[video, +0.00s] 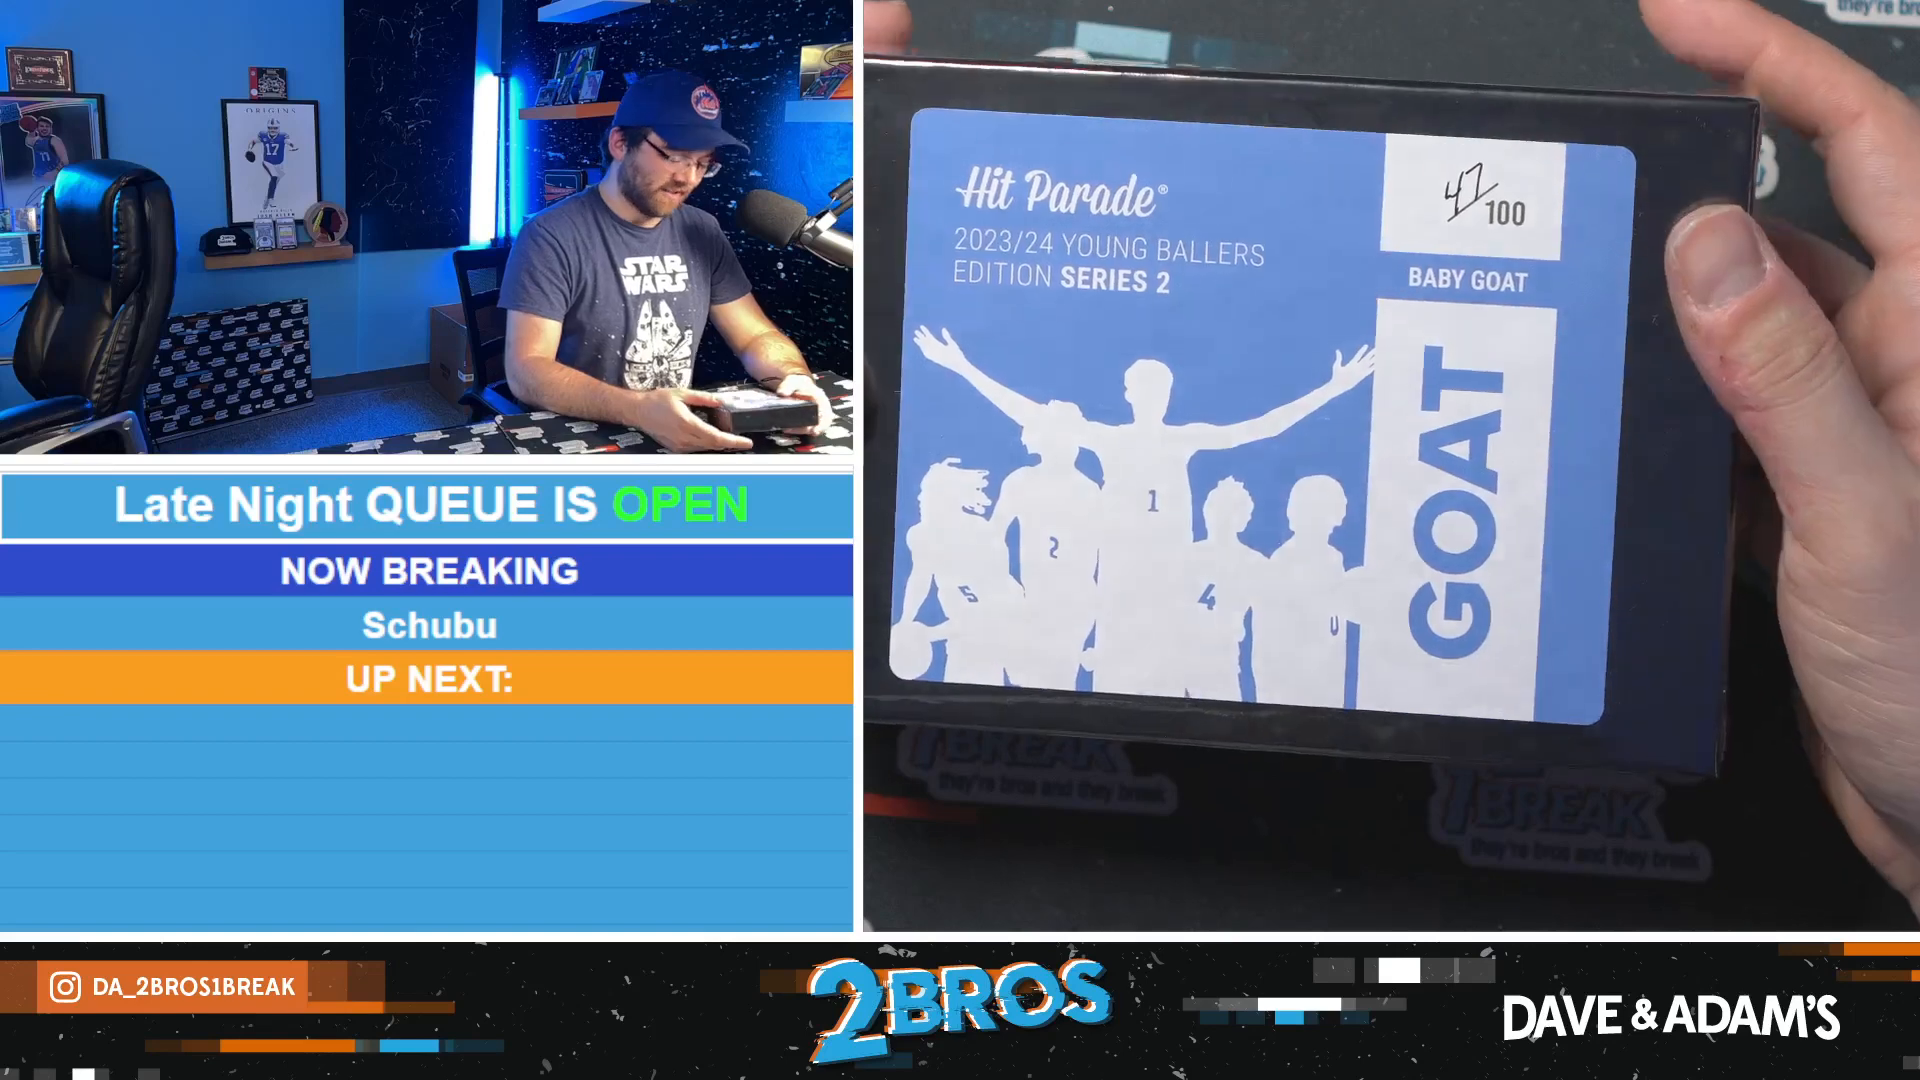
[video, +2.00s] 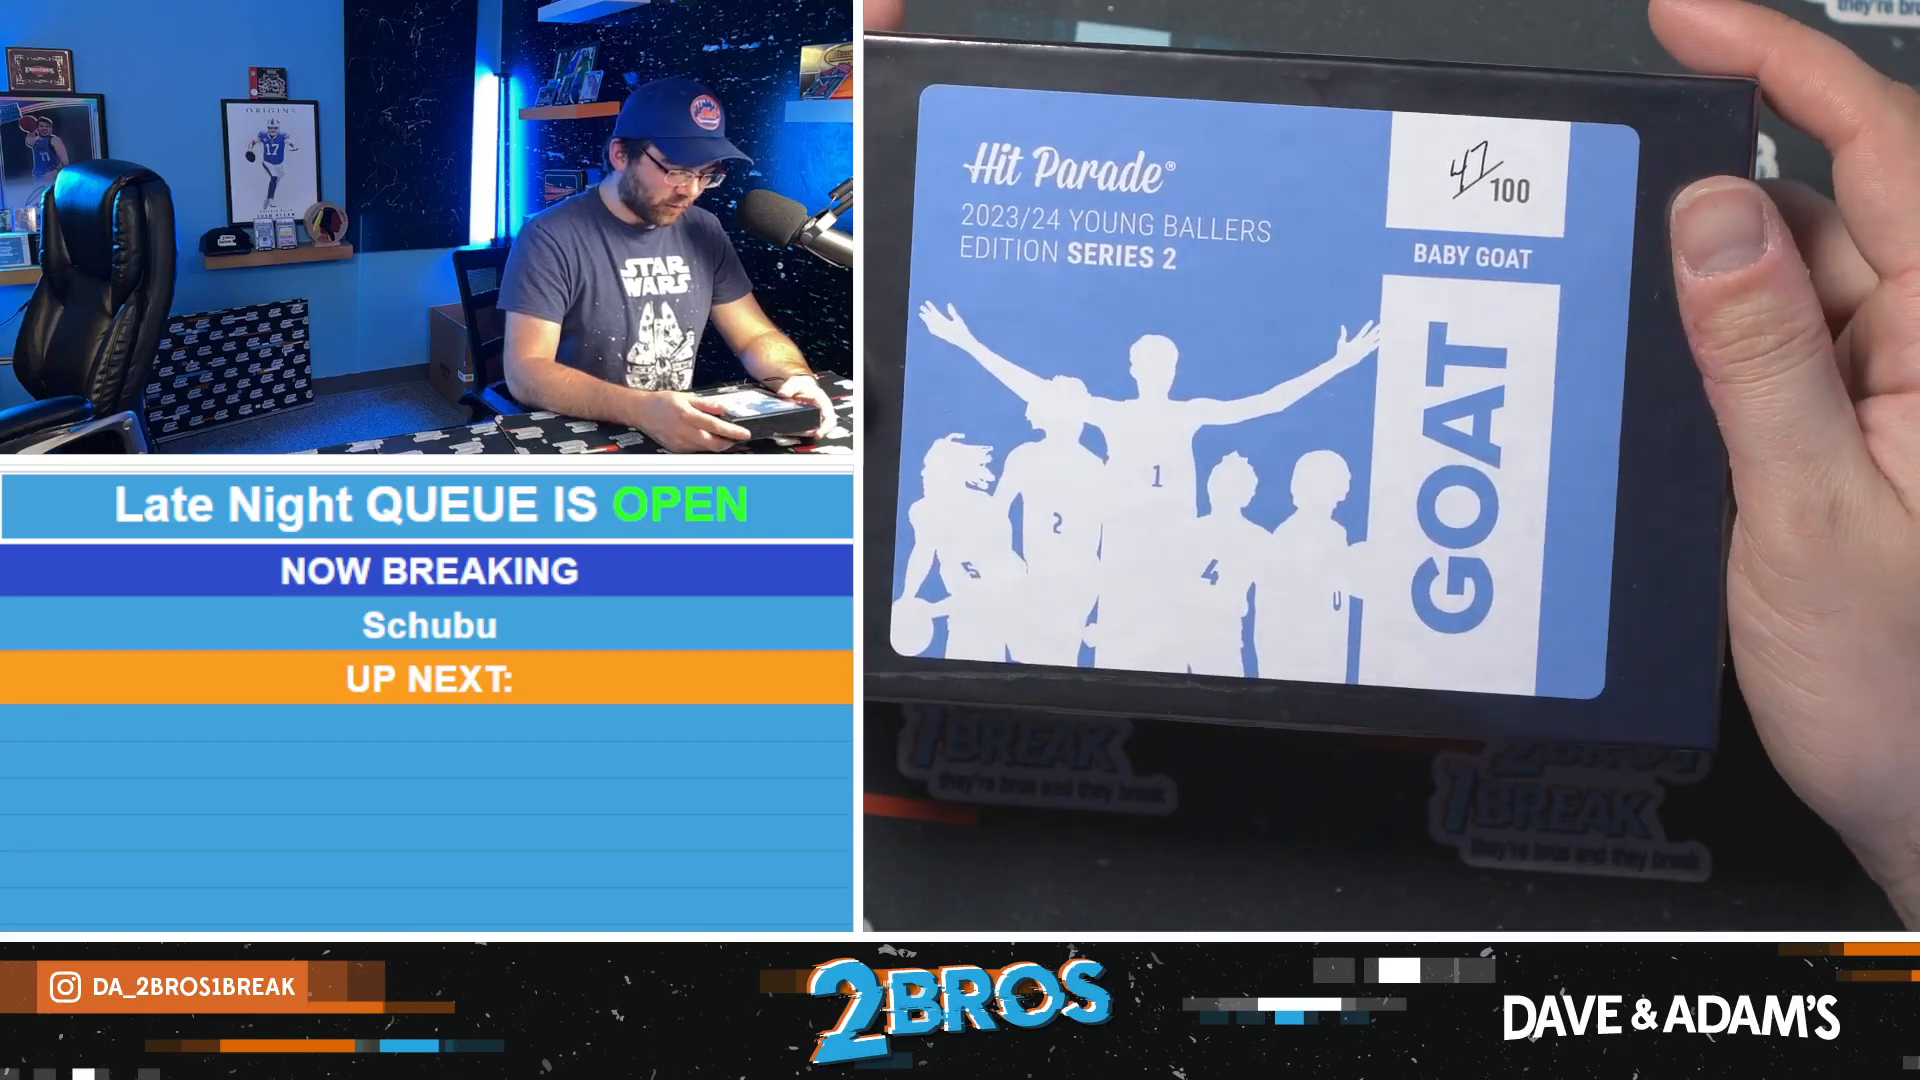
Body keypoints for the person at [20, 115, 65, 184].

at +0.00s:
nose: (44, 128)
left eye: (47, 126)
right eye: (41, 126)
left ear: (50, 128)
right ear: (37, 128)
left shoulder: (55, 140)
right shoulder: (35, 140)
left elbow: (64, 160)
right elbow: (28, 142)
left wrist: (54, 173)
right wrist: (31, 132)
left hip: (51, 177)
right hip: (37, 176)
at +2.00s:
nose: (44, 128)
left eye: (47, 126)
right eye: (41, 126)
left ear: (50, 128)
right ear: (37, 128)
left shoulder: (55, 140)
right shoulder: (35, 140)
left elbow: (64, 160)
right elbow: (28, 142)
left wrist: (54, 173)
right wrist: (31, 132)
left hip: (51, 177)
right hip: (37, 176)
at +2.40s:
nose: (44, 128)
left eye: (47, 126)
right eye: (41, 126)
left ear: (50, 128)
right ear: (37, 128)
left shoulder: (55, 140)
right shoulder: (35, 140)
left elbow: (64, 160)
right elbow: (28, 142)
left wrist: (54, 173)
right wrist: (31, 132)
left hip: (51, 177)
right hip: (37, 176)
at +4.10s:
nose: (44, 128)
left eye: (47, 126)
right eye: (41, 126)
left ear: (50, 128)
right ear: (37, 128)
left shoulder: (55, 140)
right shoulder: (35, 140)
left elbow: (64, 160)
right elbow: (28, 142)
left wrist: (54, 173)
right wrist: (31, 132)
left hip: (51, 177)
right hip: (37, 176)